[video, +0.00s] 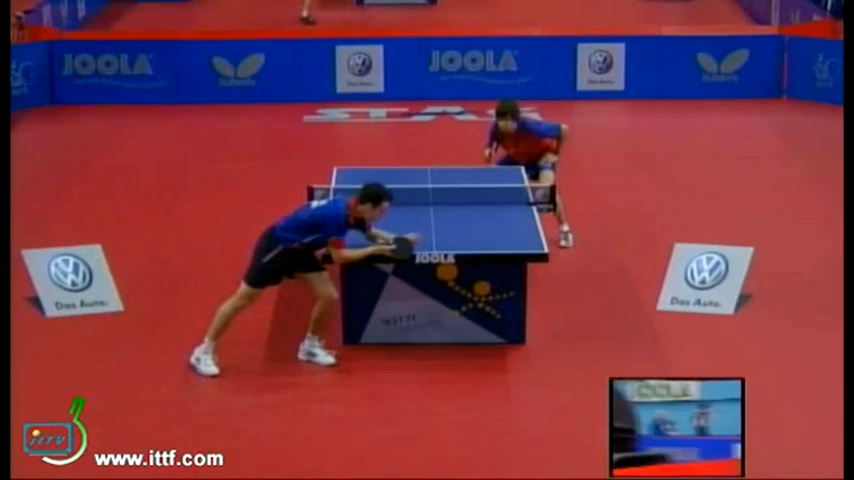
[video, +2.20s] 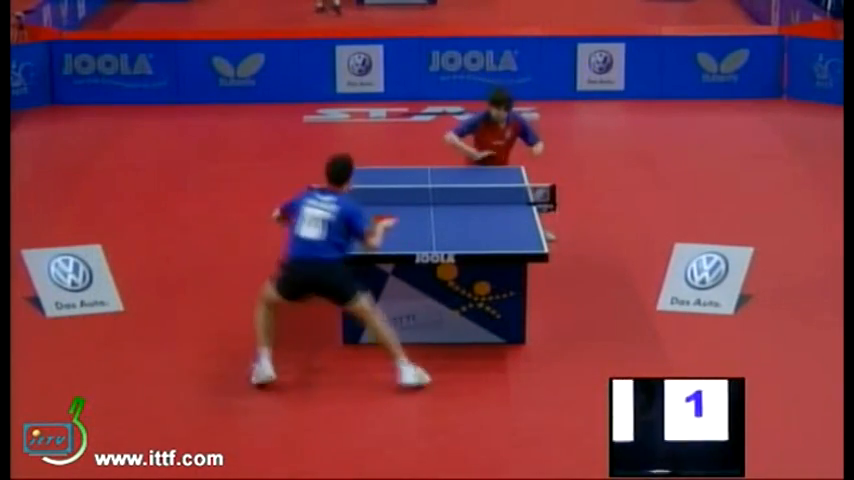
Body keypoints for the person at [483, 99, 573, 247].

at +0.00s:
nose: (505, 125)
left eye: (509, 121)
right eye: (502, 121)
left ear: (516, 119)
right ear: (498, 120)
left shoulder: (531, 127)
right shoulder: (497, 128)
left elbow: (563, 129)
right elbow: (493, 141)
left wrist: (556, 154)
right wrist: (489, 151)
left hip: (541, 158)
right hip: (516, 158)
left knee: (549, 191)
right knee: (493, 178)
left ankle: (564, 228)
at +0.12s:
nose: (504, 133)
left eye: (507, 129)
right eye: (501, 129)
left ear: (515, 127)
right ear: (498, 127)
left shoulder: (531, 134)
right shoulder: (497, 134)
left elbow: (562, 135)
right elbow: (491, 147)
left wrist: (556, 158)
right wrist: (489, 156)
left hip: (541, 161)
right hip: (515, 162)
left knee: (547, 192)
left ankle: (564, 229)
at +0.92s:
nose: (504, 108)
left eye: (508, 104)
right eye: (502, 104)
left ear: (516, 104)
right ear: (499, 105)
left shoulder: (531, 116)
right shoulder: (498, 117)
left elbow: (561, 129)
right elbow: (490, 138)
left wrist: (554, 153)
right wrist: (494, 155)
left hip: (536, 159)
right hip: (511, 159)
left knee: (546, 192)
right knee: (497, 190)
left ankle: (563, 228)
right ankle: (499, 232)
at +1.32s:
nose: (507, 82)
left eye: (511, 78)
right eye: (504, 78)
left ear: (519, 79)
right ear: (501, 79)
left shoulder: (532, 97)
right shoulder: (500, 96)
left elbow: (554, 117)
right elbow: (492, 113)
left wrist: (546, 144)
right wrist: (487, 128)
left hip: (529, 154)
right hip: (503, 151)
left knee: (543, 194)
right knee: (483, 185)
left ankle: (563, 229)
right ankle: (480, 229)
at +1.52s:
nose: (495, 84)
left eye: (498, 80)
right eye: (492, 79)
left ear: (505, 81)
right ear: (487, 80)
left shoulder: (517, 98)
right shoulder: (483, 97)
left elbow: (536, 116)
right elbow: (466, 111)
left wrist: (534, 142)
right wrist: (463, 129)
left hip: (514, 156)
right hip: (486, 154)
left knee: (534, 192)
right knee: (469, 190)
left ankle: (558, 228)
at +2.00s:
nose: (494, 103)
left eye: (498, 99)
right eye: (491, 98)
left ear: (504, 100)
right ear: (487, 99)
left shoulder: (516, 116)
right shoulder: (480, 114)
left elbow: (541, 135)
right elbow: (454, 131)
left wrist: (540, 150)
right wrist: (457, 144)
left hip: (509, 167)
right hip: (483, 167)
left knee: (526, 199)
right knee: (476, 202)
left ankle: (537, 231)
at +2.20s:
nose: (499, 114)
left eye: (503, 110)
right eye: (496, 109)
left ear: (509, 110)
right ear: (490, 107)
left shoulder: (516, 122)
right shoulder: (480, 120)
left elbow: (537, 143)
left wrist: (536, 150)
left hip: (502, 169)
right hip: (478, 169)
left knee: (518, 201)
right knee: (474, 205)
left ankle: (535, 231)